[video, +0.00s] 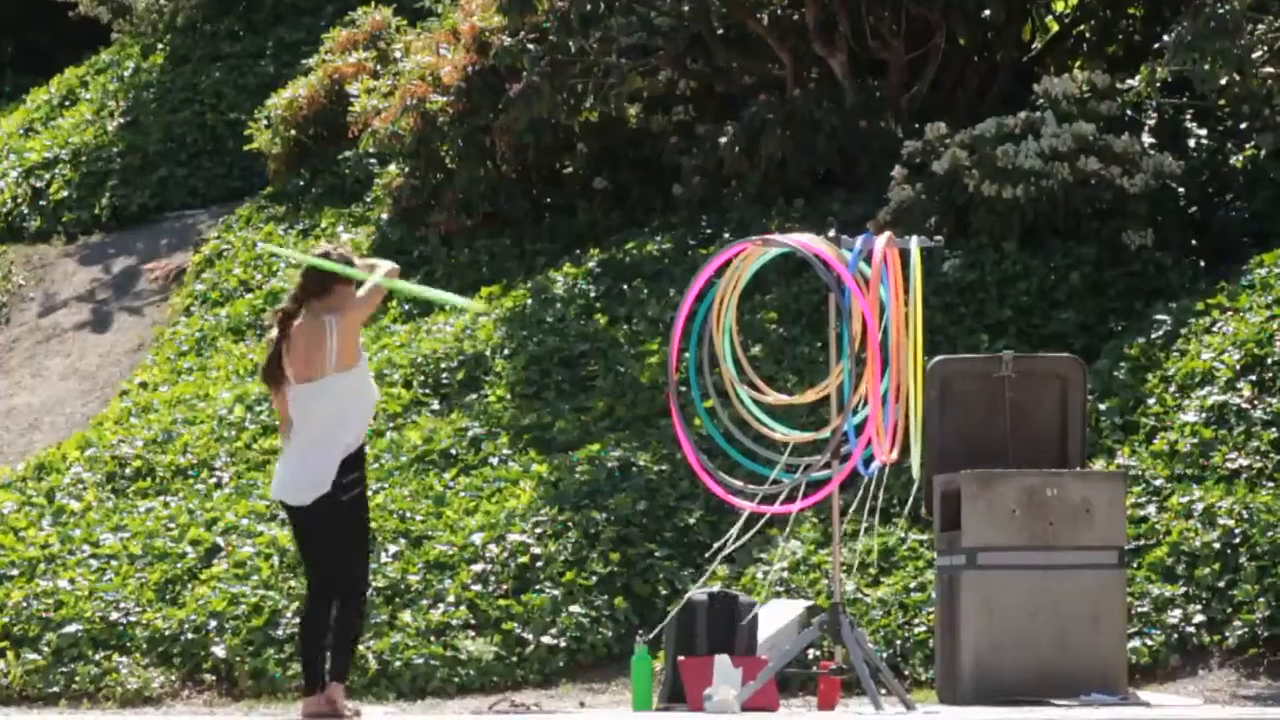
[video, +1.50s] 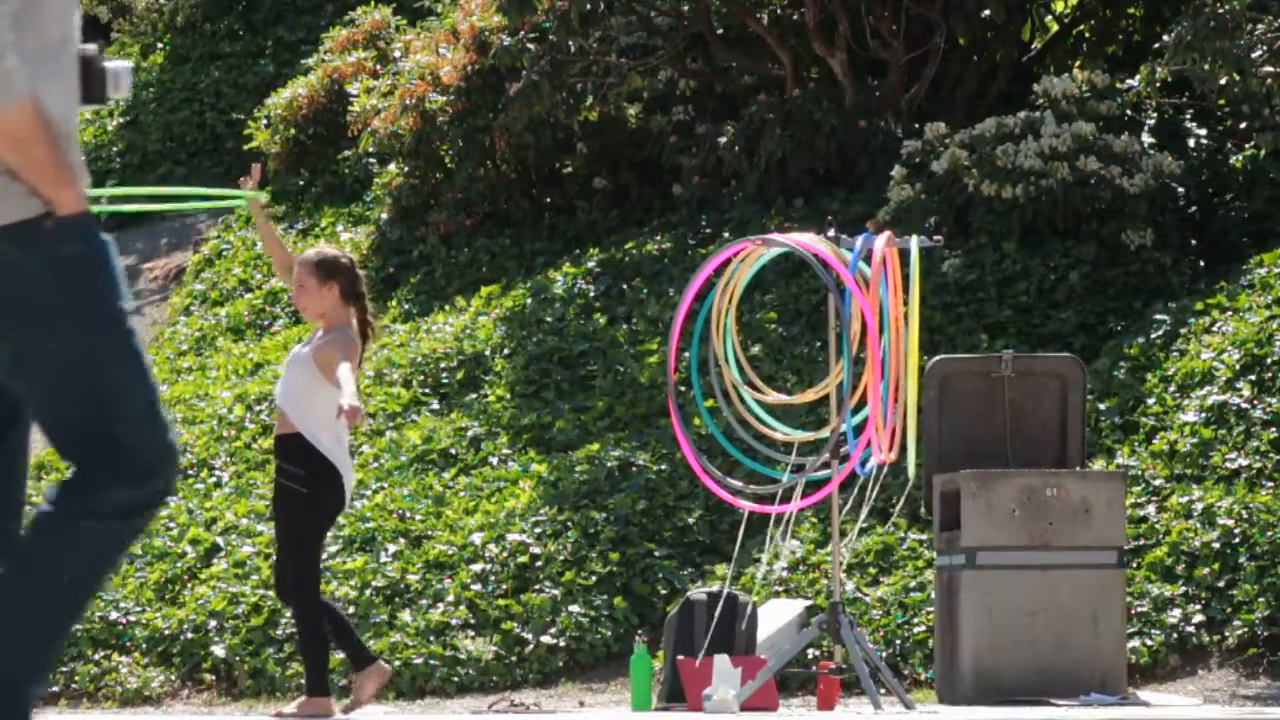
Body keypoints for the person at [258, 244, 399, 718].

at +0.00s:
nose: (353, 295)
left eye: (351, 285)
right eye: (352, 286)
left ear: (309, 285)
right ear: (340, 286)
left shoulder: (287, 336)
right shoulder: (342, 320)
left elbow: (282, 404)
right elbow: (387, 272)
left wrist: (291, 439)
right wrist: (370, 266)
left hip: (295, 479)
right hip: (339, 477)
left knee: (319, 585)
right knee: (353, 583)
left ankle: (313, 695)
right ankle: (335, 687)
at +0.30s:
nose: (353, 291)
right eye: (350, 285)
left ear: (306, 295)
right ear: (346, 290)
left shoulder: (290, 350)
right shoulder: (360, 322)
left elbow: (262, 410)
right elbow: (345, 265)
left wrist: (235, 451)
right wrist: (294, 227)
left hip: (299, 482)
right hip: (354, 481)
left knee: (309, 585)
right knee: (348, 589)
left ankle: (309, 695)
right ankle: (332, 689)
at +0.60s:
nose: (300, 300)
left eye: (302, 291)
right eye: (299, 292)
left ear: (322, 292)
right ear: (342, 286)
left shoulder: (312, 345)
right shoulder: (368, 325)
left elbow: (245, 392)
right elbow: (334, 260)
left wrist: (177, 426)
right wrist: (287, 208)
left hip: (314, 471)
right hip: (369, 476)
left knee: (305, 582)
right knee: (345, 585)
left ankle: (309, 693)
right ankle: (335, 691)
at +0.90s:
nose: (297, 300)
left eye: (301, 291)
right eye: (297, 291)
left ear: (326, 288)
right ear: (338, 285)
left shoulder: (319, 344)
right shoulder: (365, 325)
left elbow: (267, 381)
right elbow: (328, 255)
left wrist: (225, 405)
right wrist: (302, 198)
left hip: (311, 471)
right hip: (361, 475)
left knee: (298, 577)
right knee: (338, 579)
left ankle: (317, 691)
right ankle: (333, 688)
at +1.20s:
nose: (293, 295)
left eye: (298, 287)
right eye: (293, 286)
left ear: (325, 288)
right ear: (330, 286)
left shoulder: (331, 337)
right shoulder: (351, 327)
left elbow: (321, 379)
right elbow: (304, 253)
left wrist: (307, 402)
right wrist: (290, 189)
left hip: (305, 464)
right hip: (346, 469)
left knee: (300, 579)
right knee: (325, 578)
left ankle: (317, 691)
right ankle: (351, 666)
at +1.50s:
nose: (294, 290)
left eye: (302, 283)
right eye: (294, 282)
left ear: (331, 289)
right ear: (326, 288)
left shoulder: (336, 341)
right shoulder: (323, 330)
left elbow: (345, 373)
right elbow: (288, 265)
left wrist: (349, 398)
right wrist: (256, 208)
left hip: (312, 471)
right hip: (303, 469)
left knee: (297, 584)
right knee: (293, 582)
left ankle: (317, 695)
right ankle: (365, 665)